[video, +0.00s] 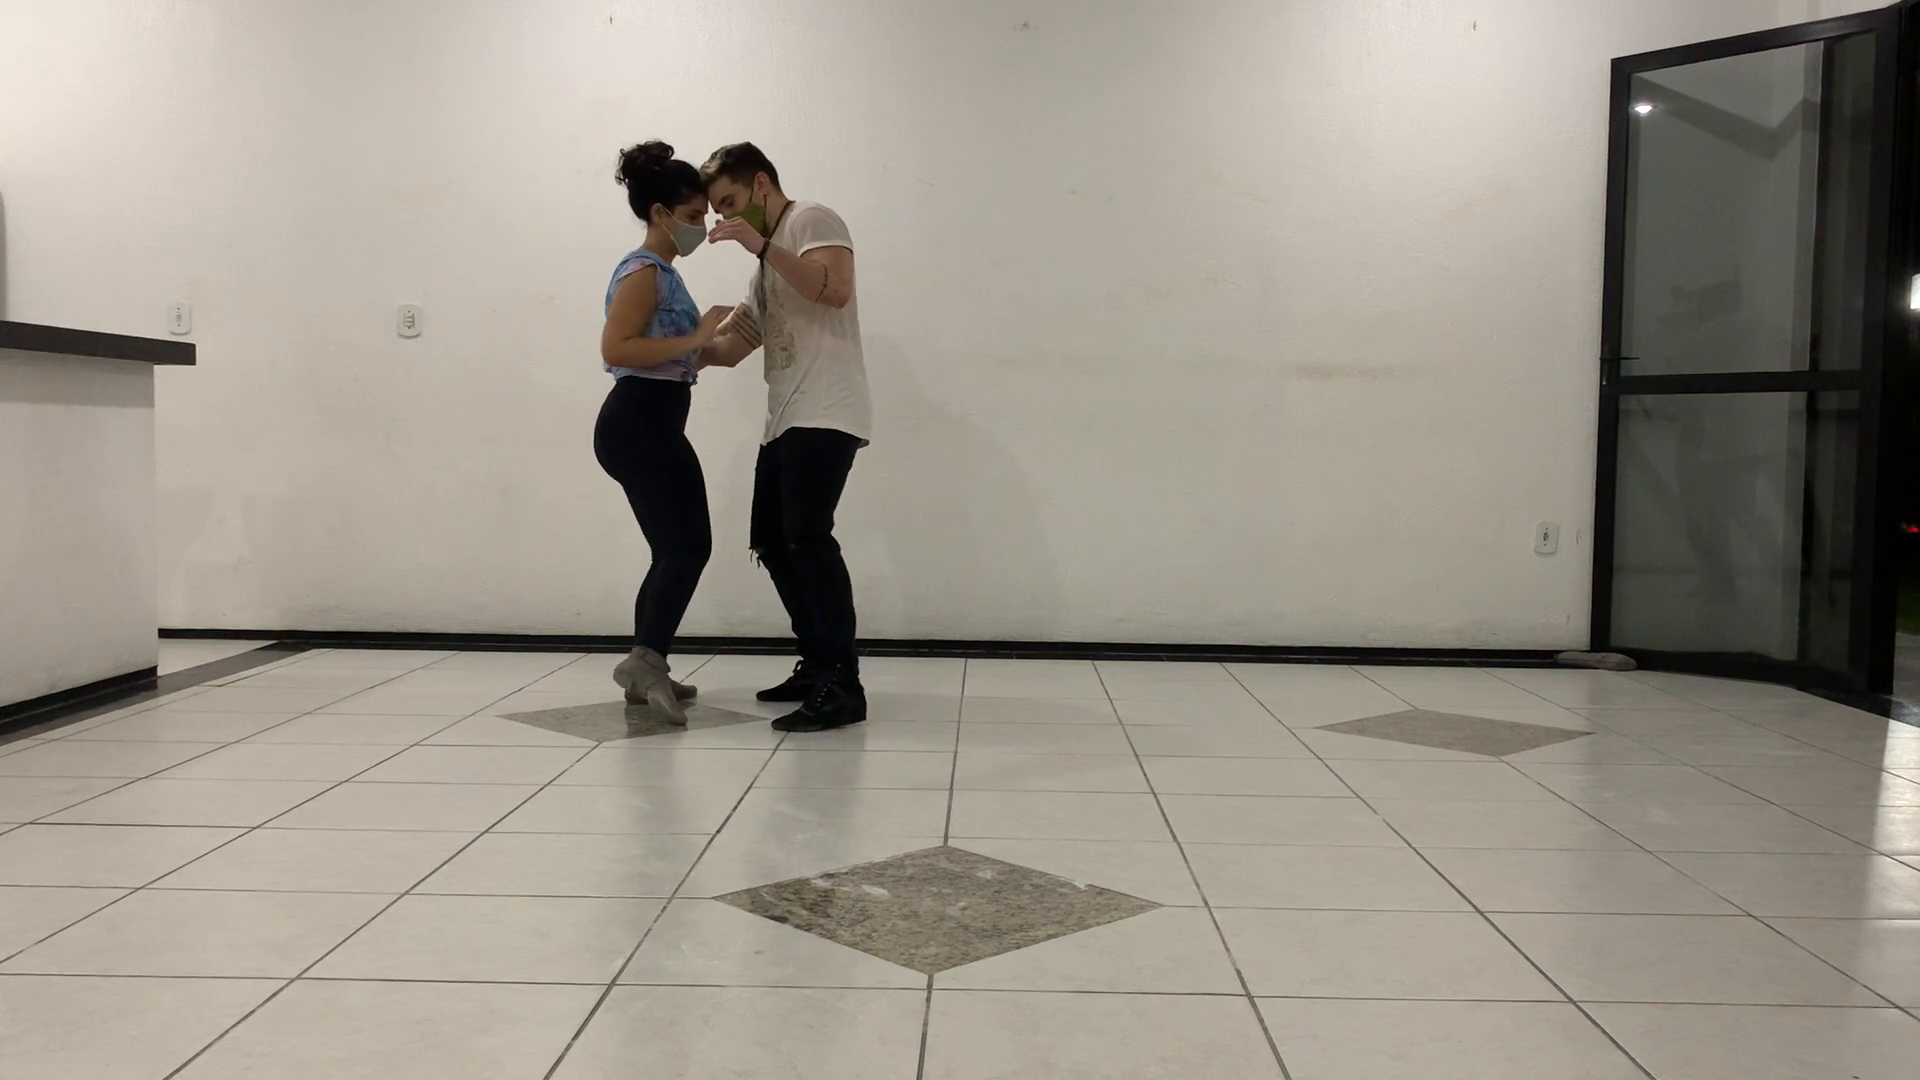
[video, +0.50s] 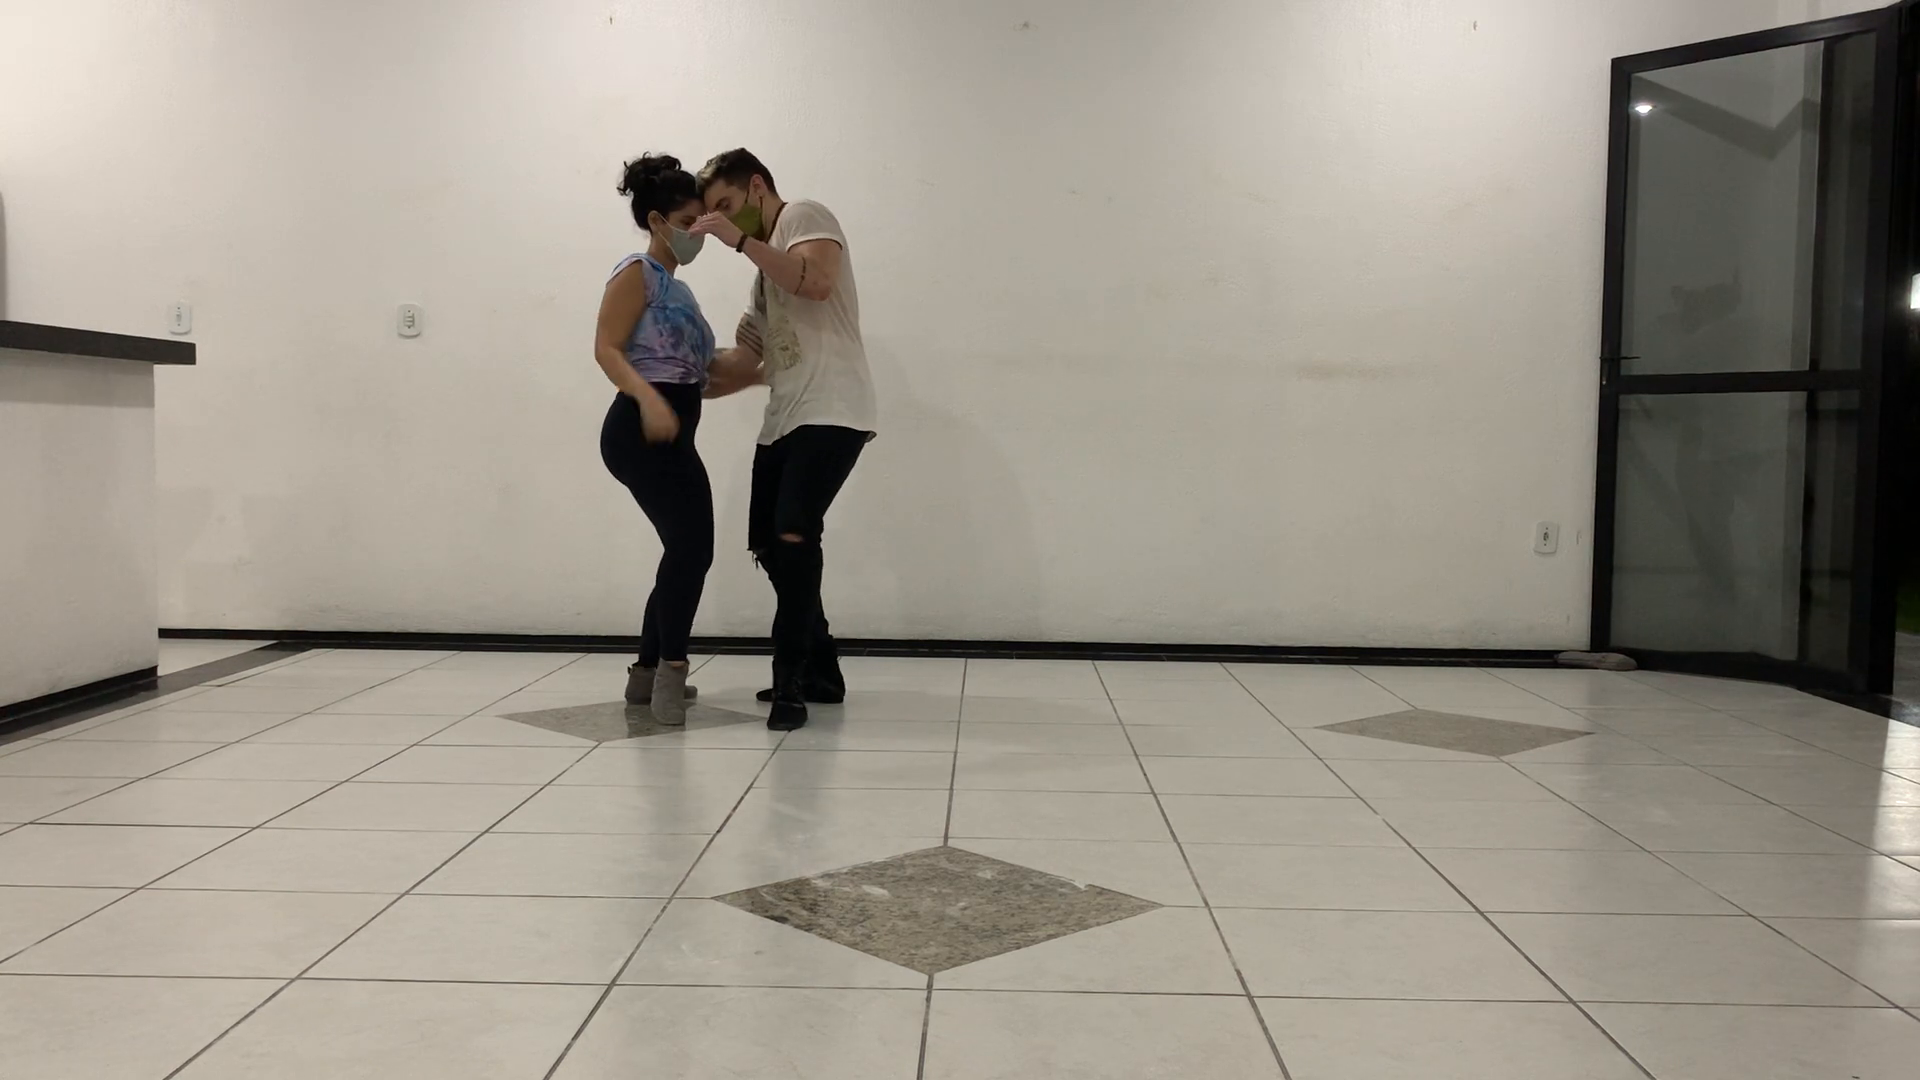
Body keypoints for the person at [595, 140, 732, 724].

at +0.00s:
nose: (703, 228)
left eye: (705, 217)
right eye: (694, 218)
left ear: (665, 214)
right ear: (659, 215)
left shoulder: (660, 273)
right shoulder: (644, 274)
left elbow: (660, 353)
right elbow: (616, 349)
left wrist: (711, 341)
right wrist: (695, 337)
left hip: (644, 426)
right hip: (641, 429)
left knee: (676, 548)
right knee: (687, 546)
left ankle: (648, 666)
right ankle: (647, 660)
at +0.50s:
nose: (698, 232)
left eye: (700, 220)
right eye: (688, 220)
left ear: (691, 221)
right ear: (655, 221)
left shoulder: (673, 286)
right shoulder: (635, 274)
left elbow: (703, 376)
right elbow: (605, 349)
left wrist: (767, 368)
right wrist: (648, 398)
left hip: (672, 428)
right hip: (642, 426)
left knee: (689, 547)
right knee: (690, 546)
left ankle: (648, 674)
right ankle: (669, 676)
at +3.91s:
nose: (710, 224)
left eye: (714, 213)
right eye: (700, 211)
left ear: (712, 220)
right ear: (673, 214)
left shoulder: (698, 288)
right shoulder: (643, 265)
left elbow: (709, 366)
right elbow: (619, 338)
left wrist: (744, 341)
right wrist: (625, 264)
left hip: (677, 424)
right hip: (643, 419)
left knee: (687, 543)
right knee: (674, 540)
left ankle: (653, 666)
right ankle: (649, 672)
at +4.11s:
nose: (712, 219)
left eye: (716, 206)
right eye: (698, 206)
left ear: (718, 203)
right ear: (666, 207)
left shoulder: (699, 274)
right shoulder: (646, 272)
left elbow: (705, 346)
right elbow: (622, 358)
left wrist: (748, 330)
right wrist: (606, 343)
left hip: (680, 423)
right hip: (645, 421)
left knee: (690, 544)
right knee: (675, 543)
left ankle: (652, 665)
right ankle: (654, 672)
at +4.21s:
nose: (712, 212)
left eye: (715, 199)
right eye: (698, 200)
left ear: (717, 198)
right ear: (664, 202)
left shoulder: (693, 268)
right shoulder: (644, 268)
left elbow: (709, 334)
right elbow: (623, 348)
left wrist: (755, 324)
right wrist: (618, 394)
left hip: (684, 420)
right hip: (649, 419)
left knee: (691, 545)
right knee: (669, 547)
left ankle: (651, 667)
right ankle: (650, 679)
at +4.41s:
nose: (706, 201)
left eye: (708, 190)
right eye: (693, 191)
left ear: (707, 188)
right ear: (658, 192)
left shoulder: (682, 259)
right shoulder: (635, 259)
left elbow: (695, 347)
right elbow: (610, 349)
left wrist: (737, 325)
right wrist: (627, 428)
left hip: (679, 412)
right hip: (651, 413)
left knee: (683, 549)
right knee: (671, 553)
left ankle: (654, 669)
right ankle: (636, 689)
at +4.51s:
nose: (703, 205)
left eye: (704, 194)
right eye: (693, 193)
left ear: (681, 197)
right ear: (658, 194)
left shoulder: (671, 260)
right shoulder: (630, 253)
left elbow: (693, 348)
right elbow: (597, 340)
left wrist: (741, 318)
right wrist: (633, 425)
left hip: (672, 414)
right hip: (644, 415)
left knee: (687, 548)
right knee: (680, 548)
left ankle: (654, 661)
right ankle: (636, 686)